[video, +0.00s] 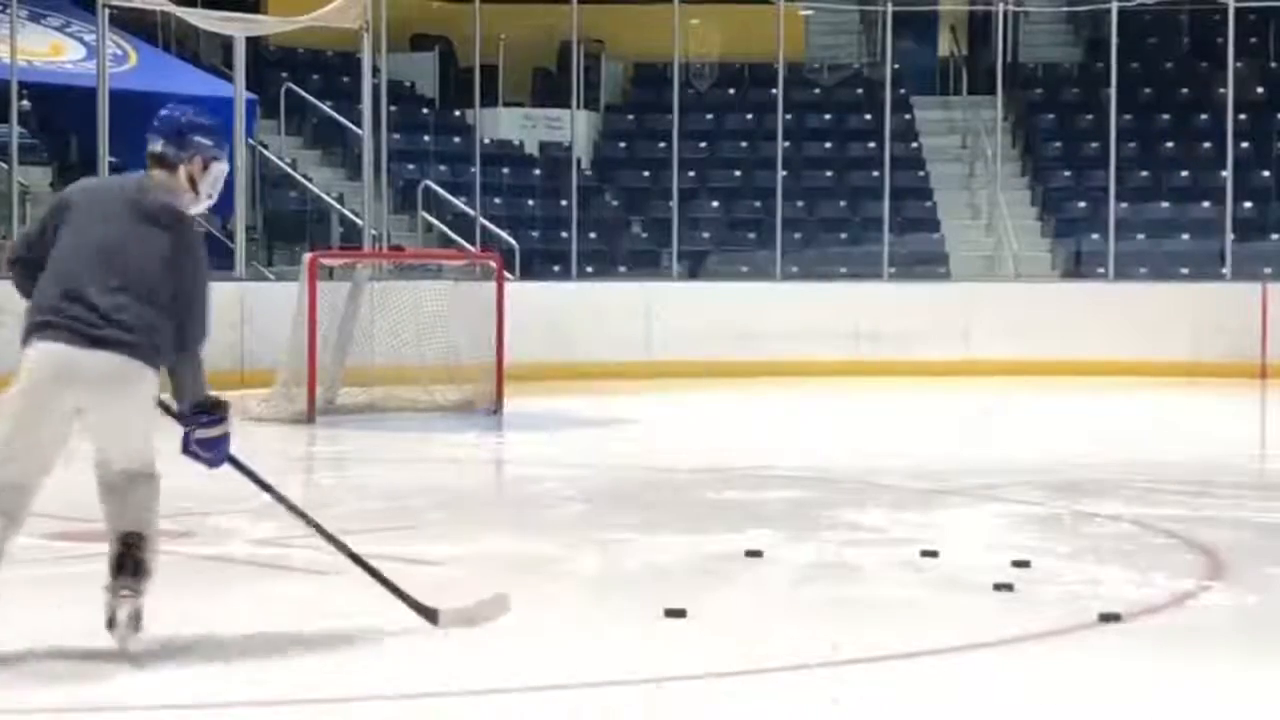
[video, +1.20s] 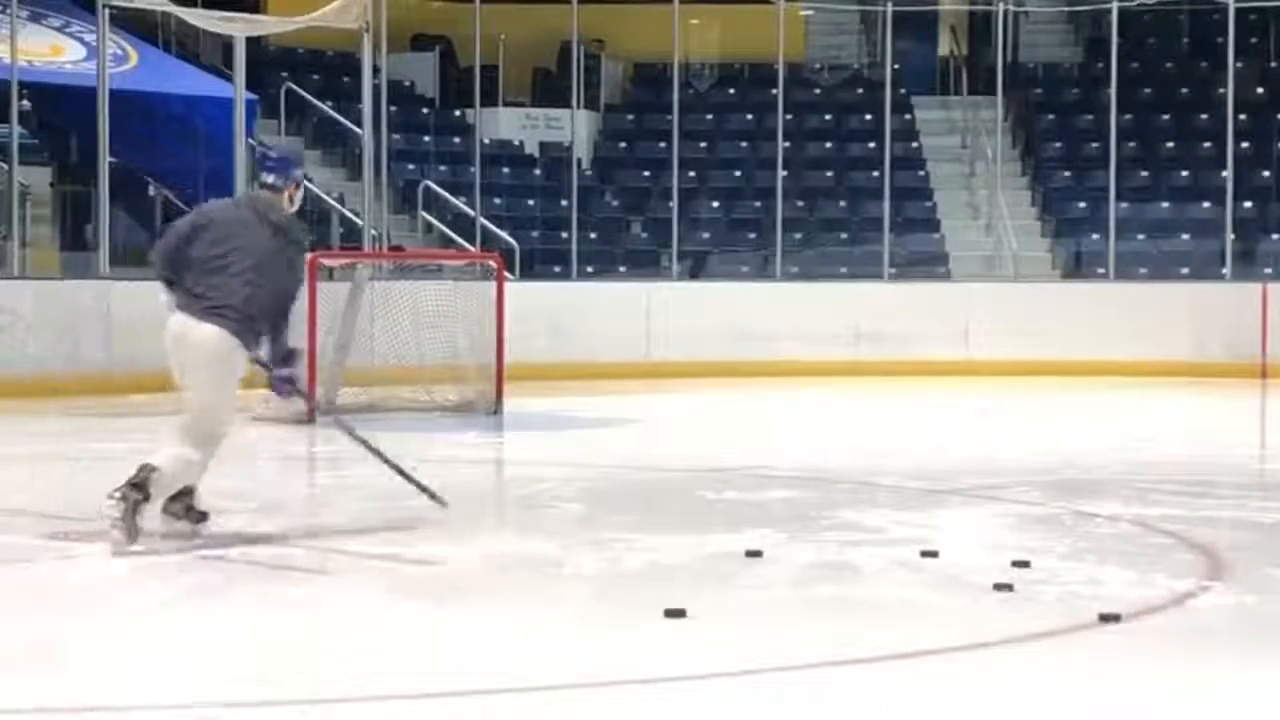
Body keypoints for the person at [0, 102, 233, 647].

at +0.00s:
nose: (209, 187)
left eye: (212, 174)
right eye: (207, 173)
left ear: (153, 157)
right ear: (190, 167)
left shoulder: (83, 192)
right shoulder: (183, 236)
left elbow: (21, 260)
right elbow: (185, 338)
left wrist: (61, 313)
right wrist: (199, 411)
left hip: (50, 357)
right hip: (126, 371)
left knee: (11, 481)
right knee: (129, 472)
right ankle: (129, 570)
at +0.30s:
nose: (219, 198)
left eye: (225, 187)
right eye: (216, 184)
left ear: (177, 168)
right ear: (190, 172)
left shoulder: (108, 194)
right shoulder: (174, 239)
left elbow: (83, 261)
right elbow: (191, 330)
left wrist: (127, 328)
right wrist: (220, 398)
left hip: (24, 322)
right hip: (87, 338)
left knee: (6, 454)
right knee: (128, 446)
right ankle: (141, 555)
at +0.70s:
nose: (250, 216)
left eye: (253, 205)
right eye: (251, 204)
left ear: (209, 186)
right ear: (239, 200)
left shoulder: (162, 204)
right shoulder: (202, 249)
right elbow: (195, 329)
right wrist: (203, 392)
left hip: (60, 306)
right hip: (114, 321)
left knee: (46, 424)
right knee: (155, 428)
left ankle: (20, 520)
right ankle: (177, 535)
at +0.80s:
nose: (248, 214)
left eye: (252, 205)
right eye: (251, 203)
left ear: (210, 183)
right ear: (239, 198)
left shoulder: (154, 196)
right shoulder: (216, 247)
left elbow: (98, 225)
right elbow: (186, 310)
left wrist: (117, 268)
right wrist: (175, 360)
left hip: (82, 310)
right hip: (135, 330)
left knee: (79, 422)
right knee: (138, 430)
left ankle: (65, 511)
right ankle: (146, 508)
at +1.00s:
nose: (263, 228)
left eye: (265, 218)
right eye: (263, 218)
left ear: (225, 201)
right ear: (253, 214)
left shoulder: (181, 218)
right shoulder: (246, 261)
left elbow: (123, 246)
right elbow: (216, 301)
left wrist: (145, 283)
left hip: (118, 332)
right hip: (158, 348)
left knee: (138, 425)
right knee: (156, 439)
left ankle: (129, 505)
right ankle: (94, 498)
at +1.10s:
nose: (280, 215)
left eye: (280, 206)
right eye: (279, 206)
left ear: (240, 196)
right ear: (268, 206)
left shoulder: (195, 218)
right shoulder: (269, 253)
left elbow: (137, 246)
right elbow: (240, 296)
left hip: (147, 330)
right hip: (189, 347)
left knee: (186, 422)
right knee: (166, 450)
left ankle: (151, 500)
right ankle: (97, 500)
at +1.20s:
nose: (299, 199)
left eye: (300, 190)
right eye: (299, 191)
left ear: (259, 183)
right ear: (290, 191)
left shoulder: (216, 210)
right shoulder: (287, 239)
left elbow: (165, 252)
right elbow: (278, 306)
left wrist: (183, 291)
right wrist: (281, 362)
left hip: (180, 323)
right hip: (222, 338)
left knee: (205, 419)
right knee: (206, 428)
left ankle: (180, 496)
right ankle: (141, 488)